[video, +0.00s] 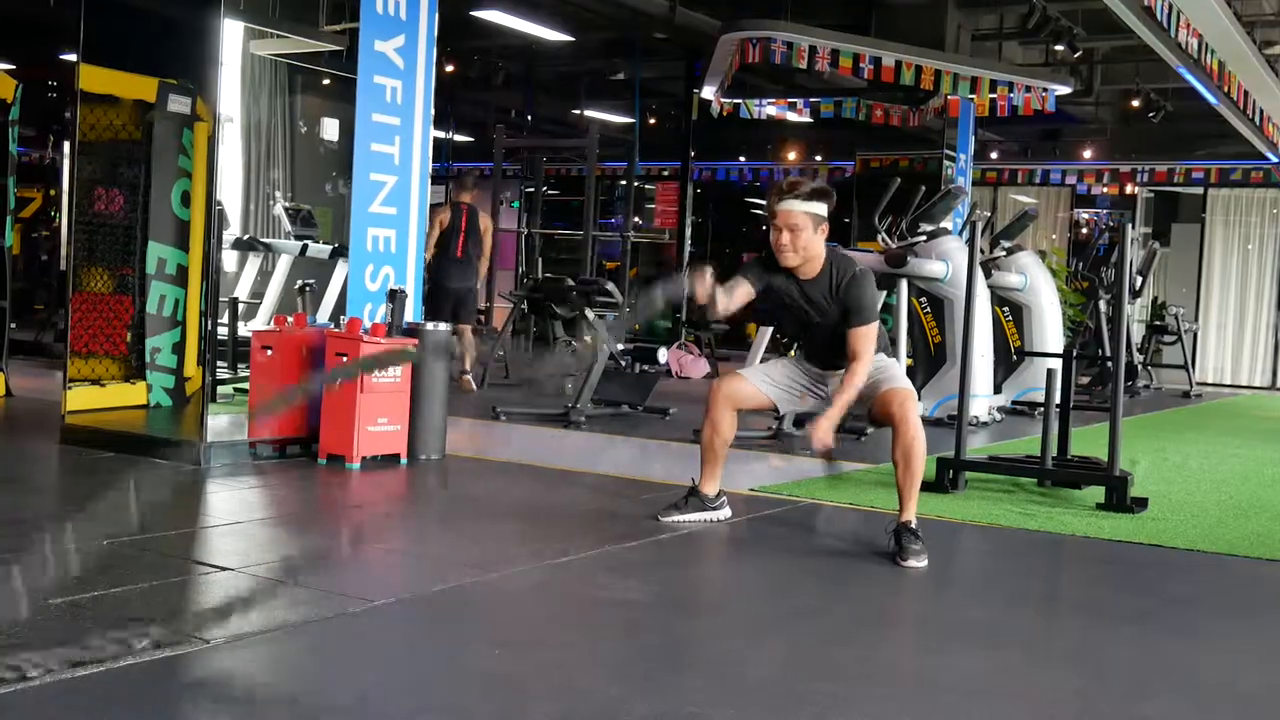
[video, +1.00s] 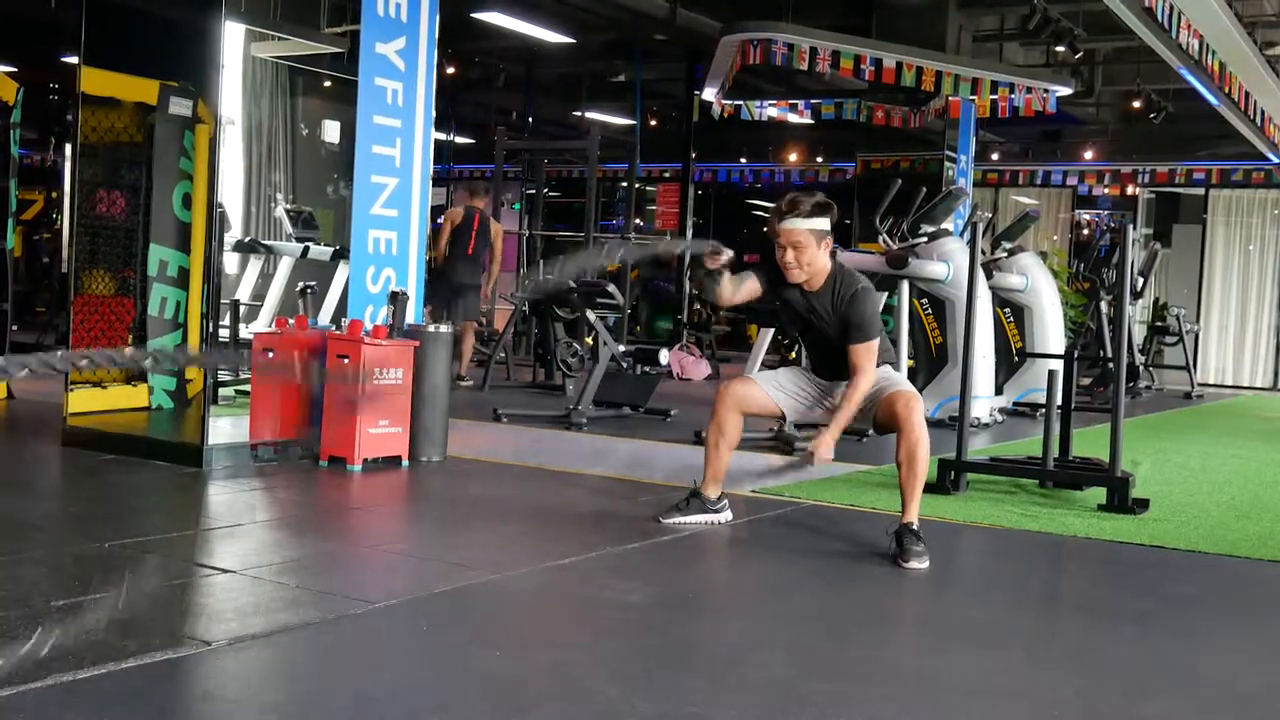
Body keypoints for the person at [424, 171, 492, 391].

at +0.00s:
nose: (460, 195)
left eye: (456, 190)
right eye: (468, 191)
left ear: (453, 190)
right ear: (474, 192)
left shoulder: (441, 214)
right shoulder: (485, 220)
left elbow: (429, 249)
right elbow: (485, 256)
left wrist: (421, 270)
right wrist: (477, 283)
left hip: (442, 283)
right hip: (468, 284)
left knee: (437, 329)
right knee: (465, 329)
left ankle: (434, 375)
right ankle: (466, 370)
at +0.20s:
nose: (466, 194)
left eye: (457, 189)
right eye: (469, 190)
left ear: (451, 189)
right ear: (471, 191)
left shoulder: (434, 212)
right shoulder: (479, 219)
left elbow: (424, 246)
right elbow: (483, 255)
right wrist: (481, 284)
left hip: (435, 280)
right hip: (461, 282)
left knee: (435, 326)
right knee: (461, 324)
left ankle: (435, 369)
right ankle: (455, 355)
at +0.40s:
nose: (465, 196)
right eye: (467, 192)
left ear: (449, 190)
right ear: (469, 192)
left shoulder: (433, 213)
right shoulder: (475, 218)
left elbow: (422, 243)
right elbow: (480, 254)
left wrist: (420, 271)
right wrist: (478, 282)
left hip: (436, 278)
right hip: (462, 280)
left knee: (435, 325)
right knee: (461, 326)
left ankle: (431, 370)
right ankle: (456, 370)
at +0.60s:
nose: (466, 200)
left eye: (457, 195)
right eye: (469, 196)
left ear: (452, 195)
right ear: (472, 197)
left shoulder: (435, 218)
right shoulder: (480, 224)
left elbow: (426, 249)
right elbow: (482, 259)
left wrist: (424, 278)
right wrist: (481, 290)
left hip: (439, 283)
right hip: (464, 285)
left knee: (436, 328)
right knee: (463, 329)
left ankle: (434, 372)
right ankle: (461, 372)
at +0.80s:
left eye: (461, 194)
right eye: (482, 200)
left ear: (462, 195)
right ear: (482, 199)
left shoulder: (444, 215)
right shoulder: (488, 226)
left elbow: (435, 249)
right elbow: (488, 262)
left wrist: (432, 275)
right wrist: (485, 291)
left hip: (444, 282)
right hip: (470, 285)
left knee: (437, 327)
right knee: (466, 329)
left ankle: (434, 373)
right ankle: (461, 373)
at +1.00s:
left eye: (470, 195)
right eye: (484, 199)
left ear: (468, 195)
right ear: (487, 199)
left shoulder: (453, 214)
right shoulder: (494, 226)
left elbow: (440, 246)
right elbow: (496, 260)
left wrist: (440, 268)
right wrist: (489, 286)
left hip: (447, 278)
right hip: (471, 282)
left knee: (438, 323)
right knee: (468, 329)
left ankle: (435, 371)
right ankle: (462, 374)